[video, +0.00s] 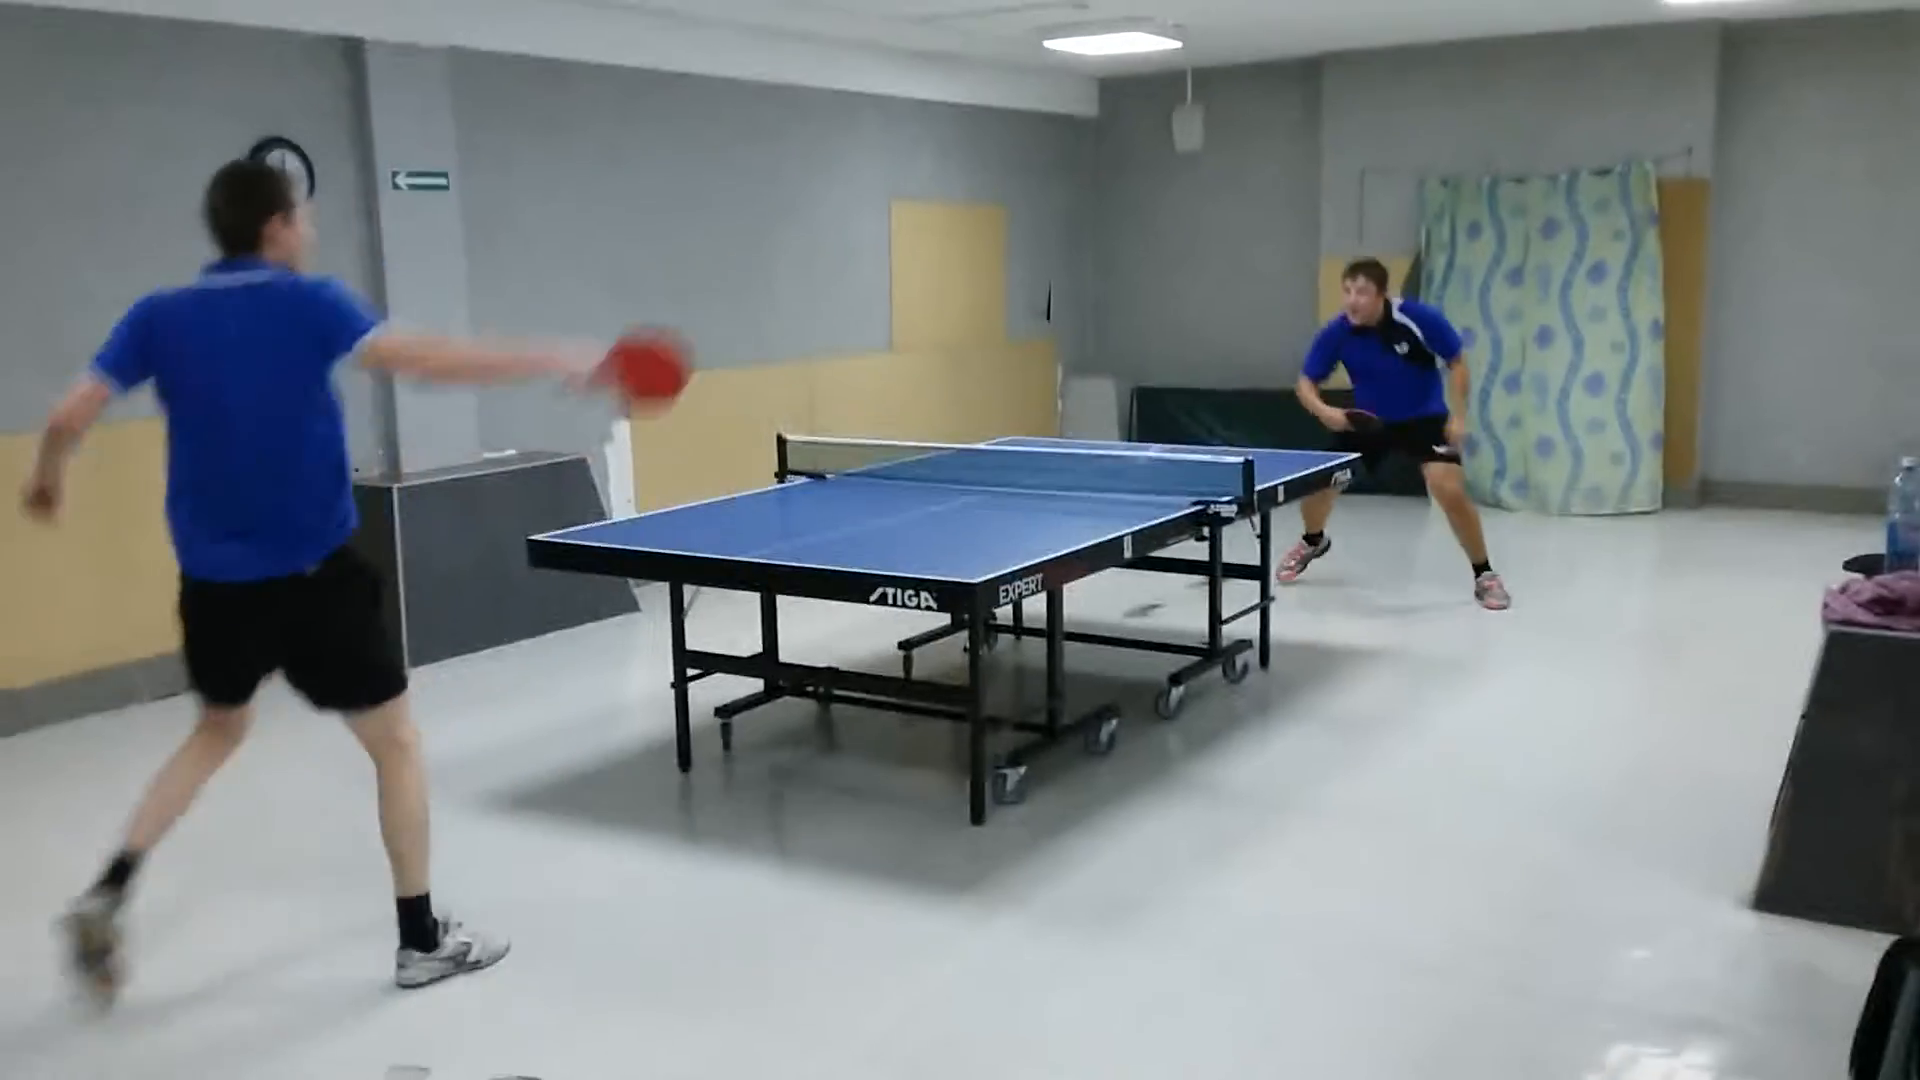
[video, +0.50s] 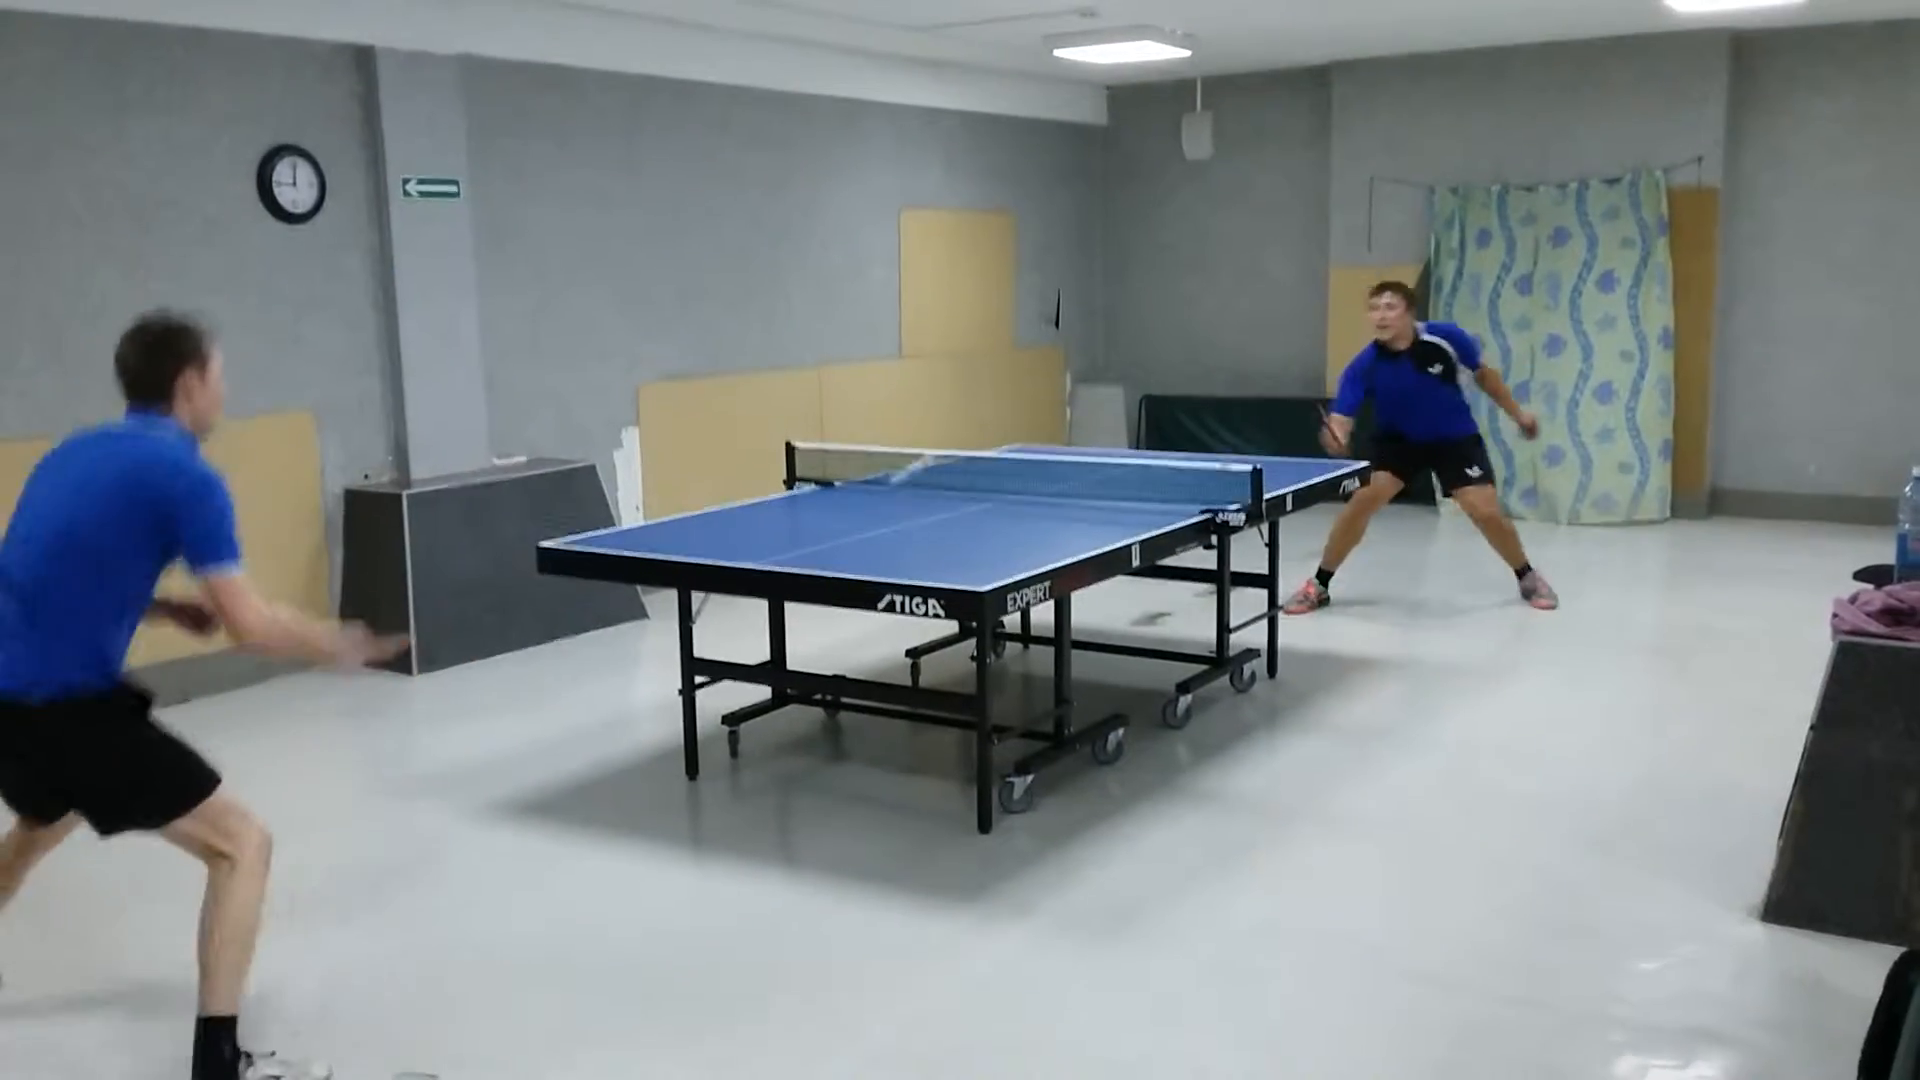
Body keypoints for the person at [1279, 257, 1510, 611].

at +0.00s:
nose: (1353, 300)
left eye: (1362, 292)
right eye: (1349, 292)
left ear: (1381, 295)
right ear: (1343, 294)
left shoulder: (1419, 320)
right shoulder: (1337, 333)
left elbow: (1457, 364)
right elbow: (1304, 384)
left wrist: (1458, 418)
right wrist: (1324, 412)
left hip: (1424, 422)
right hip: (1369, 423)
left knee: (1448, 488)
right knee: (1317, 477)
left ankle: (1484, 574)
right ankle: (1313, 541)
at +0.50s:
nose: (1381, 316)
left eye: (1390, 307)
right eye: (1375, 309)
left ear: (1409, 311)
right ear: (1368, 316)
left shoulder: (1446, 340)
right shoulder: (1364, 366)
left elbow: (1484, 375)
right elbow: (1341, 420)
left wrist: (1517, 414)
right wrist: (1336, 438)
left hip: (1455, 440)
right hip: (1399, 445)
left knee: (1484, 511)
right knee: (1364, 499)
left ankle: (1527, 578)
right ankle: (1318, 585)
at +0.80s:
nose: (1442, 254)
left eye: (1452, 247)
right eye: (1439, 247)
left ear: (1475, 253)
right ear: (1435, 253)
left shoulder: (1512, 291)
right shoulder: (1430, 302)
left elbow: (1557, 330)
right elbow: (1415, 350)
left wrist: (1567, 382)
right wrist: (1402, 385)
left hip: (1517, 403)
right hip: (1463, 403)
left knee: (1521, 487)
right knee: (1428, 474)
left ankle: (1542, 575)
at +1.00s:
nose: (1459, 259)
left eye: (1468, 251)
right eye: (1455, 252)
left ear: (1489, 256)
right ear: (1452, 258)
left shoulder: (1524, 290)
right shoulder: (1454, 307)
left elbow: (1575, 331)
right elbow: (1440, 354)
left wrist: (1563, 381)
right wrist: (1425, 381)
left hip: (1544, 403)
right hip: (1499, 410)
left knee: (1549, 482)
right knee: (1484, 486)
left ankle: (1605, 569)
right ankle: (1493, 566)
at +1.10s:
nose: (1481, 276)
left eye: (1490, 268)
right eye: (1476, 269)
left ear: (1510, 274)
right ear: (1473, 274)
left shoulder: (1541, 304)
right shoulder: (1481, 322)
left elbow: (1587, 349)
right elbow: (1474, 371)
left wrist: (1556, 399)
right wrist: (1456, 399)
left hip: (1577, 409)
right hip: (1529, 413)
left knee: (1583, 492)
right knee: (1499, 487)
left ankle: (1637, 586)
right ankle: (1507, 568)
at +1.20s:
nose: (1504, 293)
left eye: (1513, 285)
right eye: (1498, 286)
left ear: (1532, 290)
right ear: (1494, 291)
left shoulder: (1557, 317)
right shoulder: (1499, 338)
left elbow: (1608, 360)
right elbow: (1489, 383)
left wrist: (1565, 409)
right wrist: (1480, 417)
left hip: (1596, 419)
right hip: (1548, 421)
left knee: (1601, 499)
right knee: (1506, 494)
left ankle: (1645, 597)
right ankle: (1512, 569)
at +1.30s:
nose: (1525, 306)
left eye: (1534, 298)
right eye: (1520, 298)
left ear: (1554, 301)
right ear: (1514, 302)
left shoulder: (1586, 326)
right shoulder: (1515, 344)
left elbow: (1639, 362)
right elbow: (1492, 393)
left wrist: (1605, 412)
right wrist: (1506, 425)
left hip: (1610, 426)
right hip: (1558, 430)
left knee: (1603, 498)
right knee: (1515, 497)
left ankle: (1647, 600)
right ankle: (1511, 569)